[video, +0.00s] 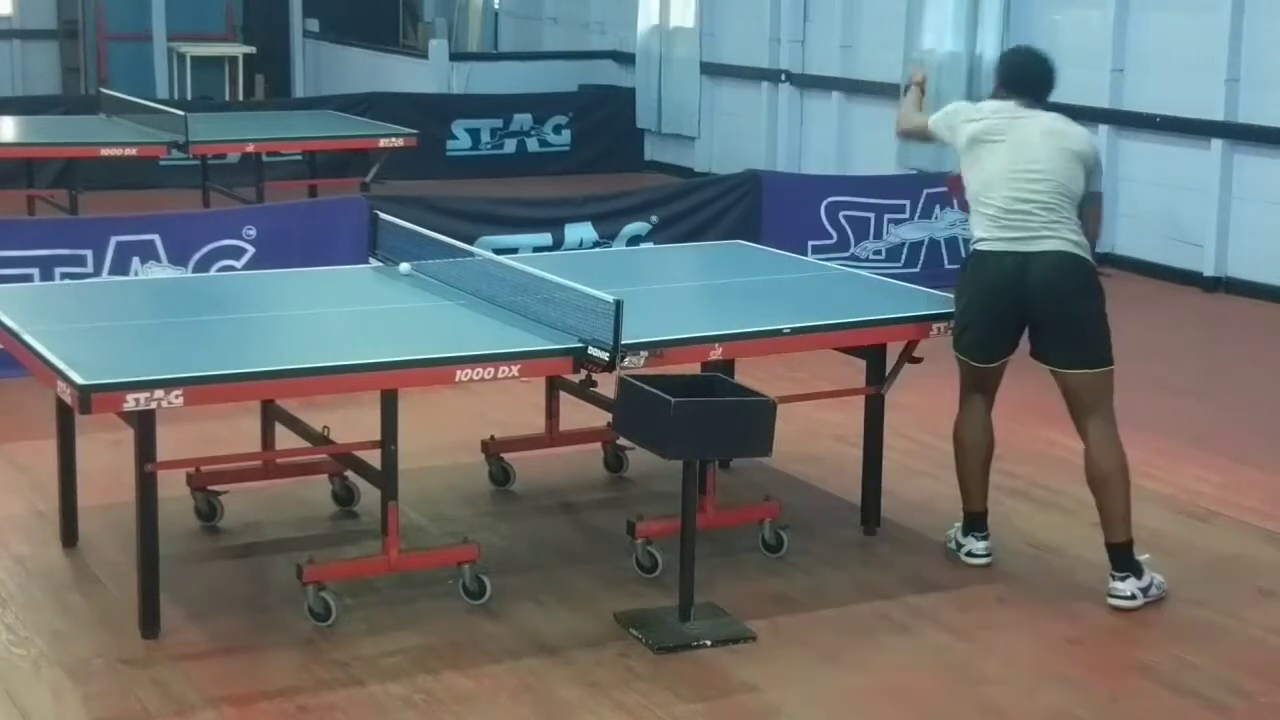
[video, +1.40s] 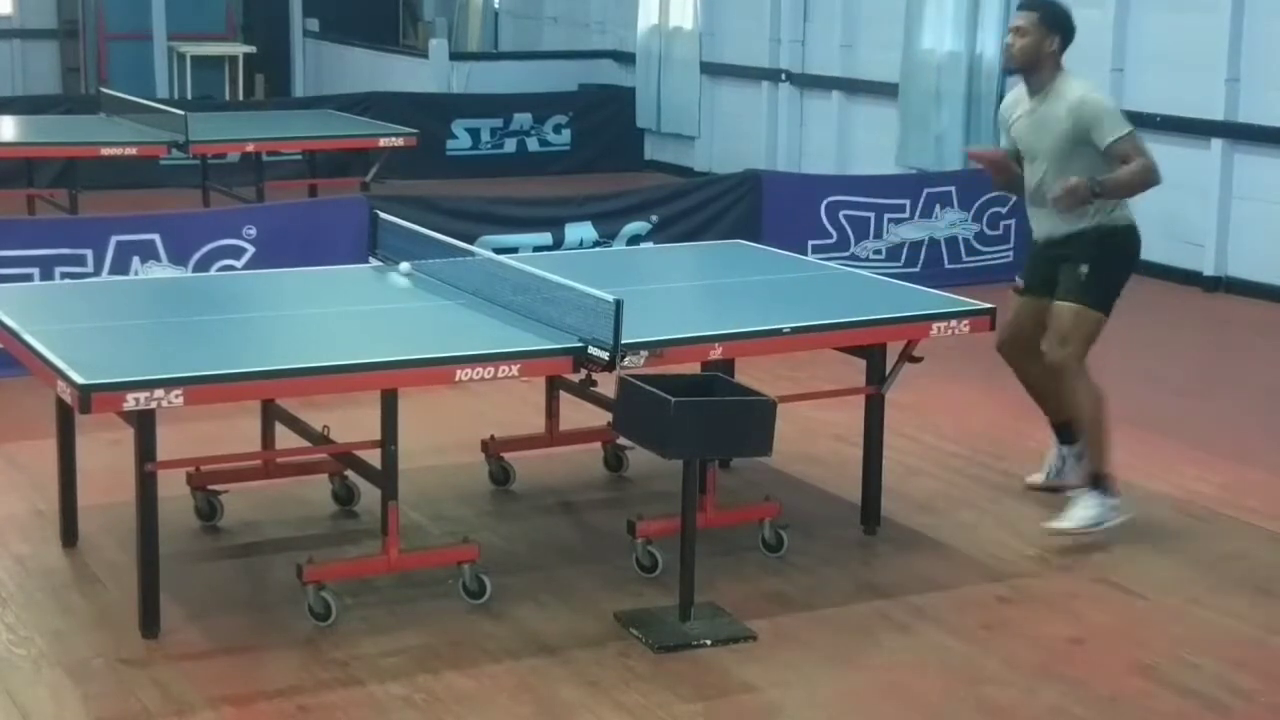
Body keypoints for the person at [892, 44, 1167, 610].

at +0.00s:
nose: (996, 87)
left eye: (998, 80)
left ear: (998, 84)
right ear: (1049, 91)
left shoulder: (969, 118)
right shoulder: (1080, 138)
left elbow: (907, 125)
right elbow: (1089, 230)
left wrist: (915, 89)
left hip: (989, 273)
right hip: (1066, 277)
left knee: (976, 396)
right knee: (1097, 421)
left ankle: (974, 532)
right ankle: (1124, 571)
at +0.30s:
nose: (1053, 76)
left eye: (1057, 68)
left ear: (1058, 73)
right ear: (1110, 85)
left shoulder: (1016, 112)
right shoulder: (1130, 136)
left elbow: (920, 155)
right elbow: (1154, 223)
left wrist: (858, 161)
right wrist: (1091, 229)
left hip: (1012, 271)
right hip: (1089, 279)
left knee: (989, 395)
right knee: (1111, 422)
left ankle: (975, 533)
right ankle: (1126, 574)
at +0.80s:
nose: (1011, 139)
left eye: (1018, 130)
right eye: (1016, 129)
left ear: (1035, 138)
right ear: (1071, 145)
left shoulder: (1025, 175)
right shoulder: (1112, 187)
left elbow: (965, 223)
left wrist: (871, 234)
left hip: (1078, 324)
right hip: (1145, 328)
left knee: (989, 392)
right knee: (1137, 445)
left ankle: (1011, 532)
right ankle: (1139, 544)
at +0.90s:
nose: (990, 131)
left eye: (998, 122)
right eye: (993, 121)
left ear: (1023, 131)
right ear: (1042, 137)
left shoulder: (1022, 168)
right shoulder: (1078, 179)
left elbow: (993, 224)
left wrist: (905, 237)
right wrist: (984, 243)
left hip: (1081, 318)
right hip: (1142, 321)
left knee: (989, 393)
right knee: (1113, 444)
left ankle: (1011, 532)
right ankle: (1143, 531)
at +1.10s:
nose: (977, 101)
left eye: (989, 93)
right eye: (981, 92)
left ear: (1019, 104)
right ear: (1016, 105)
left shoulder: (1033, 145)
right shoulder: (1020, 161)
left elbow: (1046, 202)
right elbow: (987, 244)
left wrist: (988, 203)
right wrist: (956, 206)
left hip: (1089, 295)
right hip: (1108, 296)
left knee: (984, 395)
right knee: (1029, 398)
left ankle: (1011, 532)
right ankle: (1132, 477)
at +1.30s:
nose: (998, 64)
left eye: (1009, 55)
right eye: (999, 54)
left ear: (1042, 66)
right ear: (1016, 66)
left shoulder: (1071, 116)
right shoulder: (1013, 125)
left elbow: (1120, 185)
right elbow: (994, 209)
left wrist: (1077, 185)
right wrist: (979, 184)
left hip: (1098, 261)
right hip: (1056, 263)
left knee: (1043, 376)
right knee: (1020, 368)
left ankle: (1035, 514)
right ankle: (1083, 471)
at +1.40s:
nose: (1010, 41)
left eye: (1021, 33)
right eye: (1010, 32)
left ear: (1053, 44)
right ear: (1015, 44)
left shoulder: (1085, 101)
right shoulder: (1012, 106)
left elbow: (1146, 170)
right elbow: (1028, 185)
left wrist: (1093, 186)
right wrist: (1000, 172)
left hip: (1102, 240)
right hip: (1051, 243)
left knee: (1062, 353)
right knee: (1013, 341)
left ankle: (1102, 493)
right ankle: (1072, 444)